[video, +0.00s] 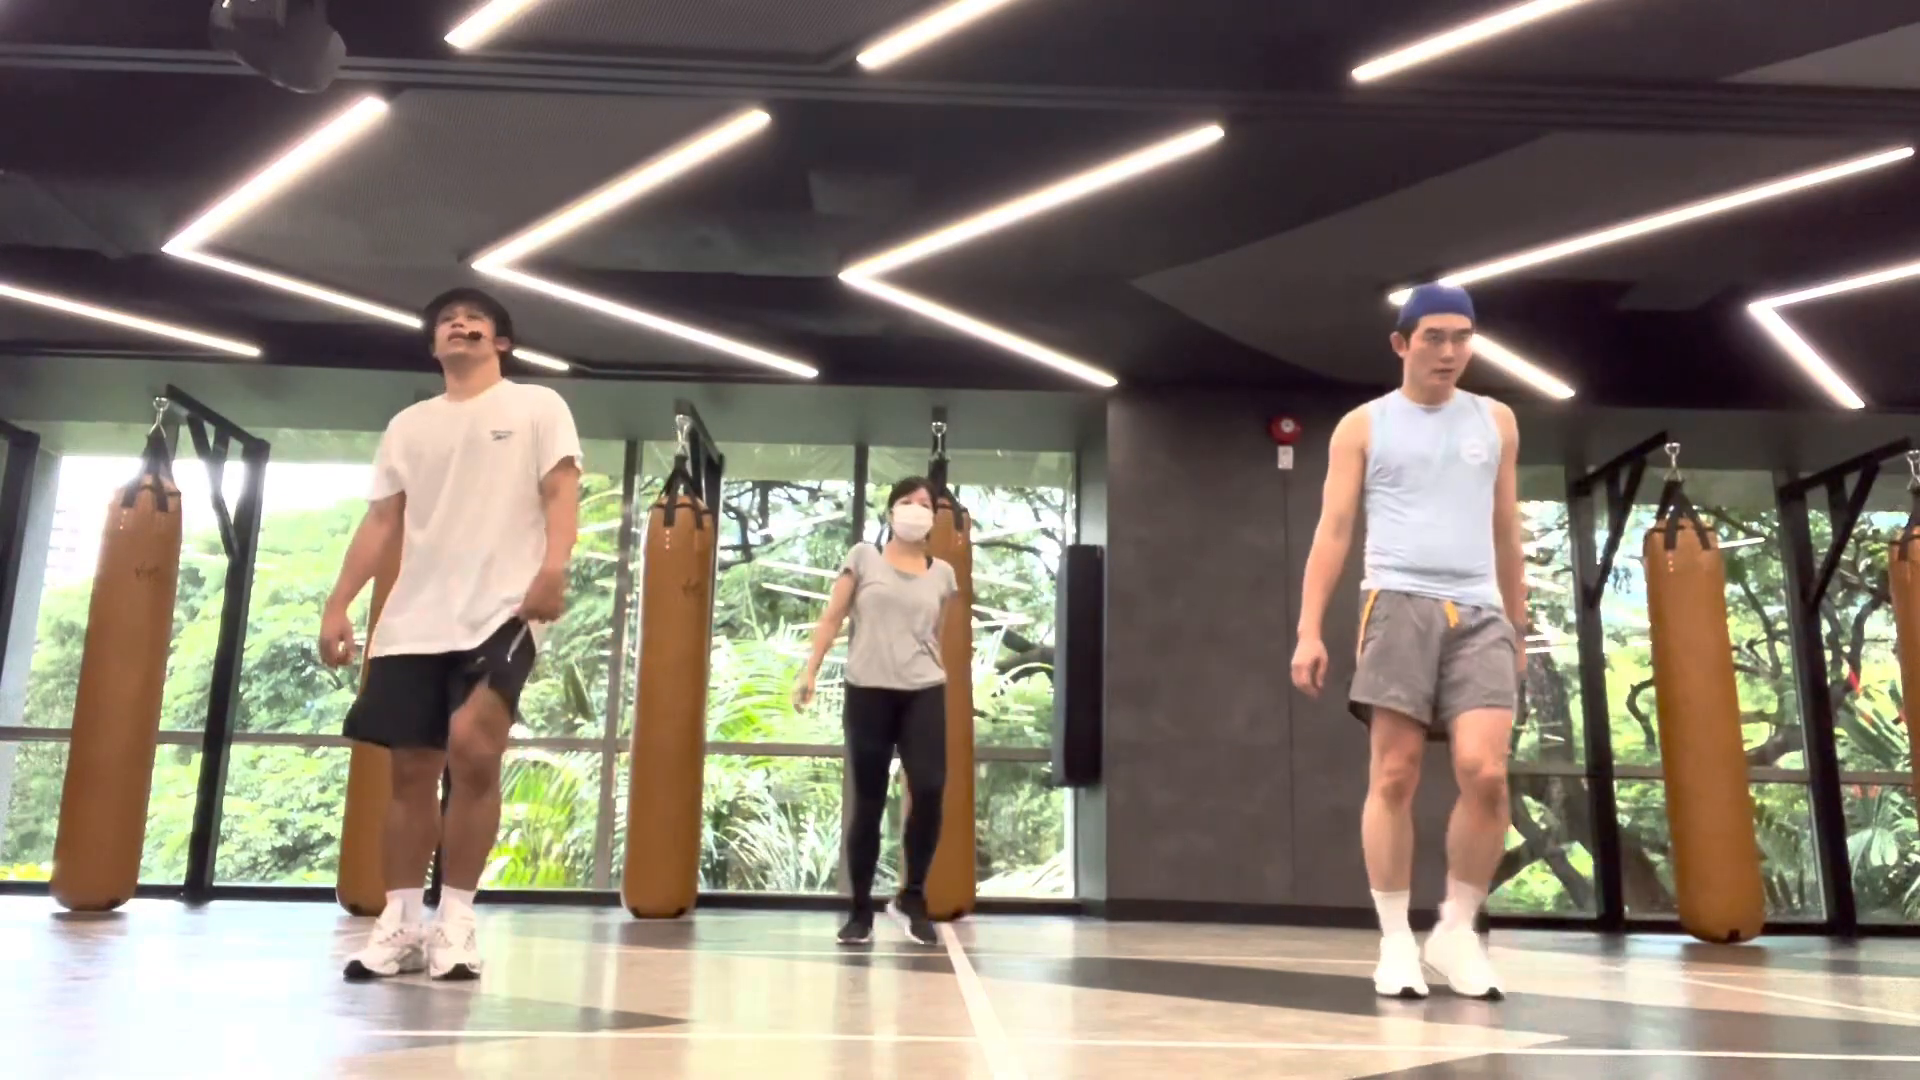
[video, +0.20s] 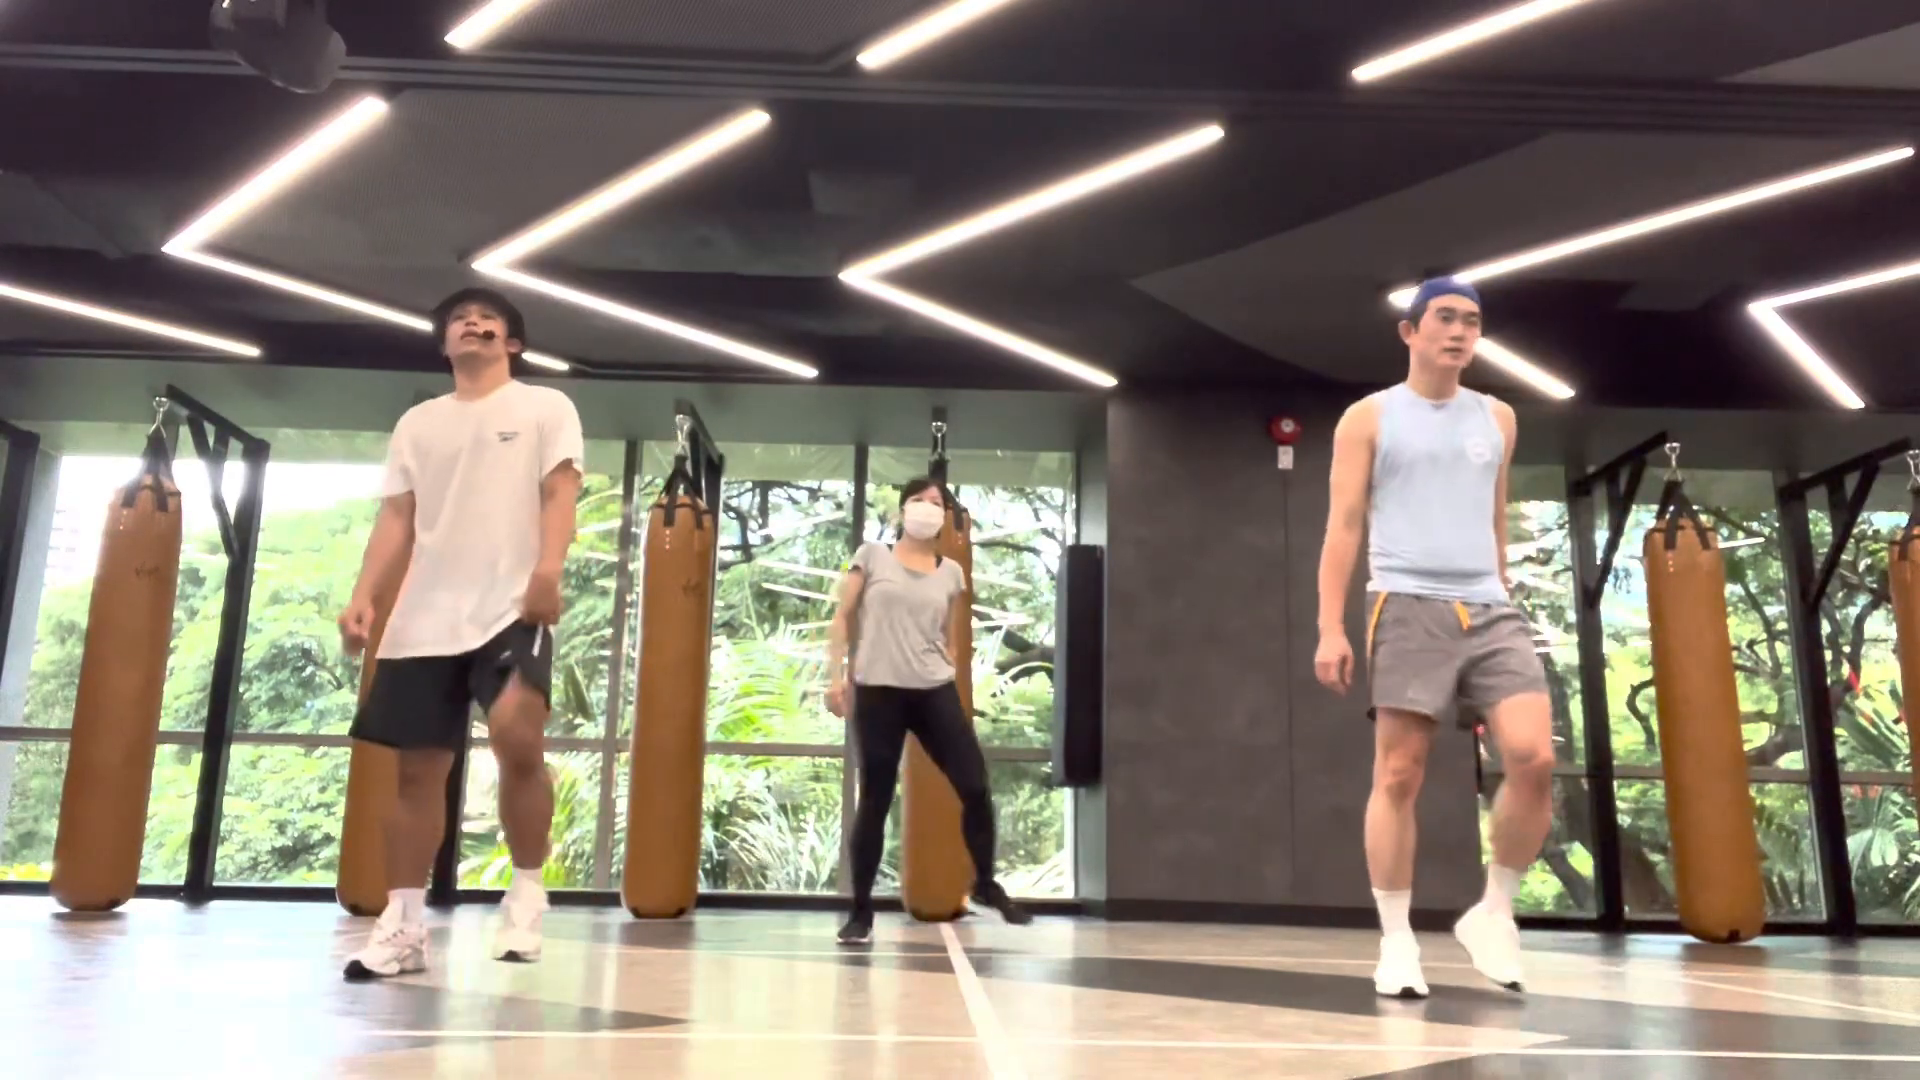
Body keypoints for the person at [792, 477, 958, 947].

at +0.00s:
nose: (917, 512)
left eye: (926, 507)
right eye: (908, 504)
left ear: (935, 520)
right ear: (890, 515)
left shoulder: (943, 574)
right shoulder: (864, 557)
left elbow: (948, 639)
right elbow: (832, 618)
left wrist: (953, 694)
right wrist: (809, 673)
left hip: (925, 692)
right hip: (867, 691)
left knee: (930, 789)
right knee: (867, 801)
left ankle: (913, 895)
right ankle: (860, 911)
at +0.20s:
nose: (926, 509)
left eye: (936, 504)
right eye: (917, 501)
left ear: (946, 521)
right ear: (901, 514)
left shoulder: (951, 574)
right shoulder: (872, 555)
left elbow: (949, 640)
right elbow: (842, 616)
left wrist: (956, 696)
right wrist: (838, 676)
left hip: (935, 690)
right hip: (877, 690)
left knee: (976, 789)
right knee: (873, 802)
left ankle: (985, 882)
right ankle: (860, 911)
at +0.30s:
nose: (938, 512)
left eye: (947, 506)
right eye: (928, 504)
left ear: (957, 521)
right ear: (912, 515)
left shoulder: (963, 576)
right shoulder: (886, 560)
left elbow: (964, 640)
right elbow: (855, 623)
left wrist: (964, 695)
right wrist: (848, 683)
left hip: (949, 697)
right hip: (891, 695)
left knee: (989, 799)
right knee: (879, 804)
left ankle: (1023, 897)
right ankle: (861, 912)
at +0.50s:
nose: (973, 514)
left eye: (981, 508)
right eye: (964, 507)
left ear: (991, 523)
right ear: (949, 521)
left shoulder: (1008, 580)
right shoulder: (928, 567)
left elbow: (1010, 642)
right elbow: (901, 632)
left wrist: (1012, 692)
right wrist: (884, 691)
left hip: (993, 705)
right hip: (933, 704)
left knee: (1013, 810)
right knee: (905, 808)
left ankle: (1031, 910)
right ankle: (863, 909)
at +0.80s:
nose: (1003, 513)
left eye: (1011, 508)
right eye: (993, 507)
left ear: (1023, 523)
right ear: (978, 523)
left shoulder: (1038, 574)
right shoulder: (957, 568)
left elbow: (1056, 639)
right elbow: (941, 636)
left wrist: (1072, 695)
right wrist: (937, 694)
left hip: (1024, 701)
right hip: (968, 699)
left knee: (1027, 808)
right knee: (969, 804)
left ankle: (1032, 912)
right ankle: (962, 904)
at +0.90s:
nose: (1002, 518)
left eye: (1011, 512)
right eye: (992, 511)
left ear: (1022, 526)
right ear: (977, 525)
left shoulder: (1038, 574)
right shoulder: (956, 572)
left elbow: (1055, 639)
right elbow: (942, 641)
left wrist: (1071, 690)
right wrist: (939, 700)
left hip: (1026, 702)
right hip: (970, 703)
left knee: (1029, 808)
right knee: (969, 810)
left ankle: (1034, 911)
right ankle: (977, 903)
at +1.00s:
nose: (995, 513)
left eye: (1004, 508)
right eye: (986, 507)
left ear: (1016, 522)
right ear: (971, 522)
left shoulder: (1035, 567)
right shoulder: (953, 570)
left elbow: (1049, 630)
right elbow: (941, 637)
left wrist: (1057, 678)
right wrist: (935, 698)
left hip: (1022, 698)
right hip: (966, 699)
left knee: (1025, 806)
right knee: (938, 790)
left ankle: (1032, 913)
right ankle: (954, 894)